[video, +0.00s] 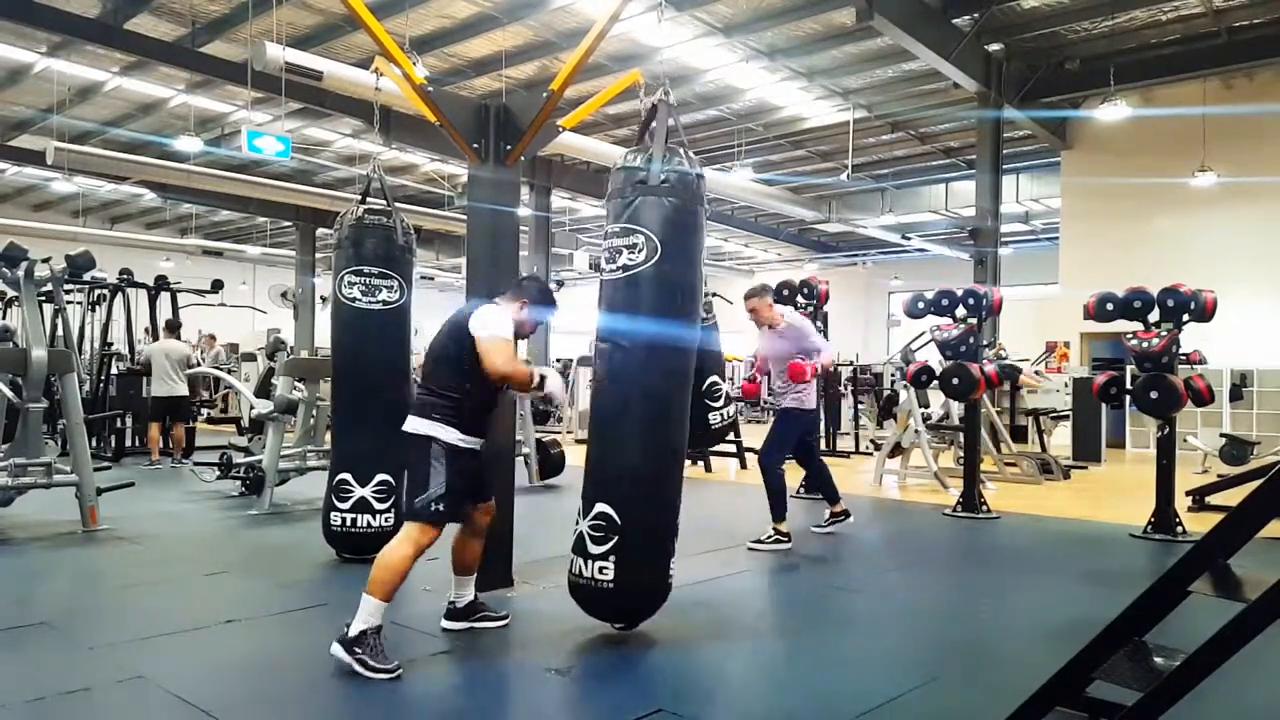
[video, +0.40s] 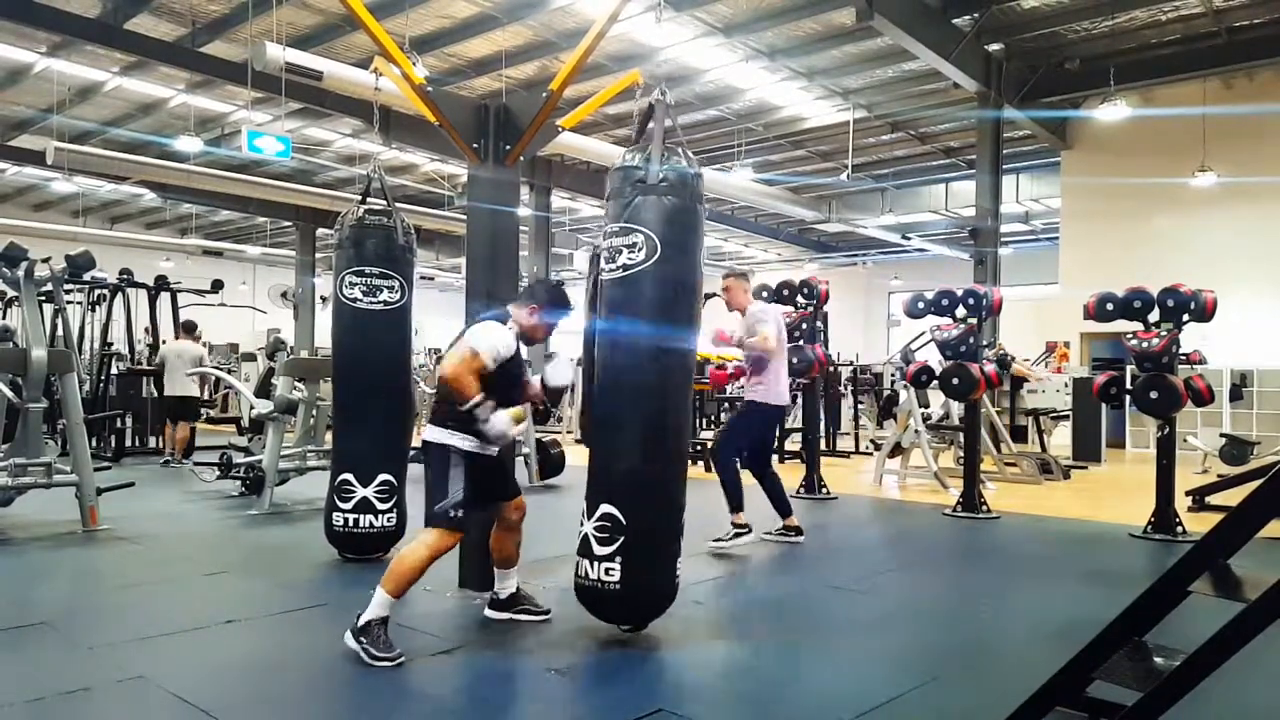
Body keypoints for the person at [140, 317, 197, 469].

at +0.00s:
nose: (165, 332)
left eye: (165, 329)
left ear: (164, 330)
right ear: (178, 331)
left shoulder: (153, 347)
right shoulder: (184, 348)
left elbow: (143, 363)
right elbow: (192, 364)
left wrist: (155, 367)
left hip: (159, 392)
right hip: (180, 391)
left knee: (155, 424)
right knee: (178, 424)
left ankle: (155, 458)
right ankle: (177, 457)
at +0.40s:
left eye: (181, 330)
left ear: (180, 330)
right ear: (195, 333)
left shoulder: (166, 347)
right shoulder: (200, 350)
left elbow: (158, 366)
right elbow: (205, 374)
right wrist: (203, 391)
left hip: (170, 392)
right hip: (190, 392)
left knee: (170, 424)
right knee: (184, 425)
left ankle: (167, 454)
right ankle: (178, 457)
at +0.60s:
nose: (183, 334)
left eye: (184, 332)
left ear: (184, 333)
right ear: (199, 335)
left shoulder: (172, 349)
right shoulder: (204, 351)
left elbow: (163, 366)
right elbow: (212, 369)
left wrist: (172, 374)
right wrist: (205, 382)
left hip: (176, 392)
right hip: (195, 392)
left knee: (178, 424)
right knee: (188, 424)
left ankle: (189, 453)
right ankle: (178, 456)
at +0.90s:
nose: (191, 335)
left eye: (188, 332)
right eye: (199, 332)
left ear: (187, 333)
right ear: (201, 333)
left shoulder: (178, 351)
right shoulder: (208, 349)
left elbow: (171, 370)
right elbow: (216, 367)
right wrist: (211, 381)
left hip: (187, 392)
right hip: (205, 391)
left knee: (189, 424)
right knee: (206, 423)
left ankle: (193, 451)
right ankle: (189, 445)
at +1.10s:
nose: (199, 335)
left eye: (194, 333)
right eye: (203, 333)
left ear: (191, 333)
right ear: (206, 333)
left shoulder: (182, 352)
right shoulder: (213, 349)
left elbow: (177, 374)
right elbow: (221, 370)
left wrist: (180, 392)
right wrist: (221, 388)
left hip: (190, 393)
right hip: (210, 392)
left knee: (193, 423)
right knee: (216, 423)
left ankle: (195, 452)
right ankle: (212, 448)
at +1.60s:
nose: (212, 337)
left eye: (212, 335)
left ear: (212, 335)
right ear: (226, 336)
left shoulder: (204, 350)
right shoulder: (232, 351)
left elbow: (195, 366)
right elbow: (241, 371)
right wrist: (243, 386)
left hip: (208, 392)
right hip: (227, 392)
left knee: (208, 422)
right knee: (227, 422)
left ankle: (206, 443)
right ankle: (225, 450)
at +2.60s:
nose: (203, 342)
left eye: (204, 340)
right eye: (204, 340)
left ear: (207, 340)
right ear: (216, 340)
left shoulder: (201, 351)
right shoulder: (227, 353)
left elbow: (188, 366)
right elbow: (233, 372)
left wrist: (177, 373)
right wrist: (232, 385)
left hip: (207, 391)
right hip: (224, 390)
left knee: (202, 419)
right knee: (222, 420)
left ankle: (210, 442)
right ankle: (220, 447)